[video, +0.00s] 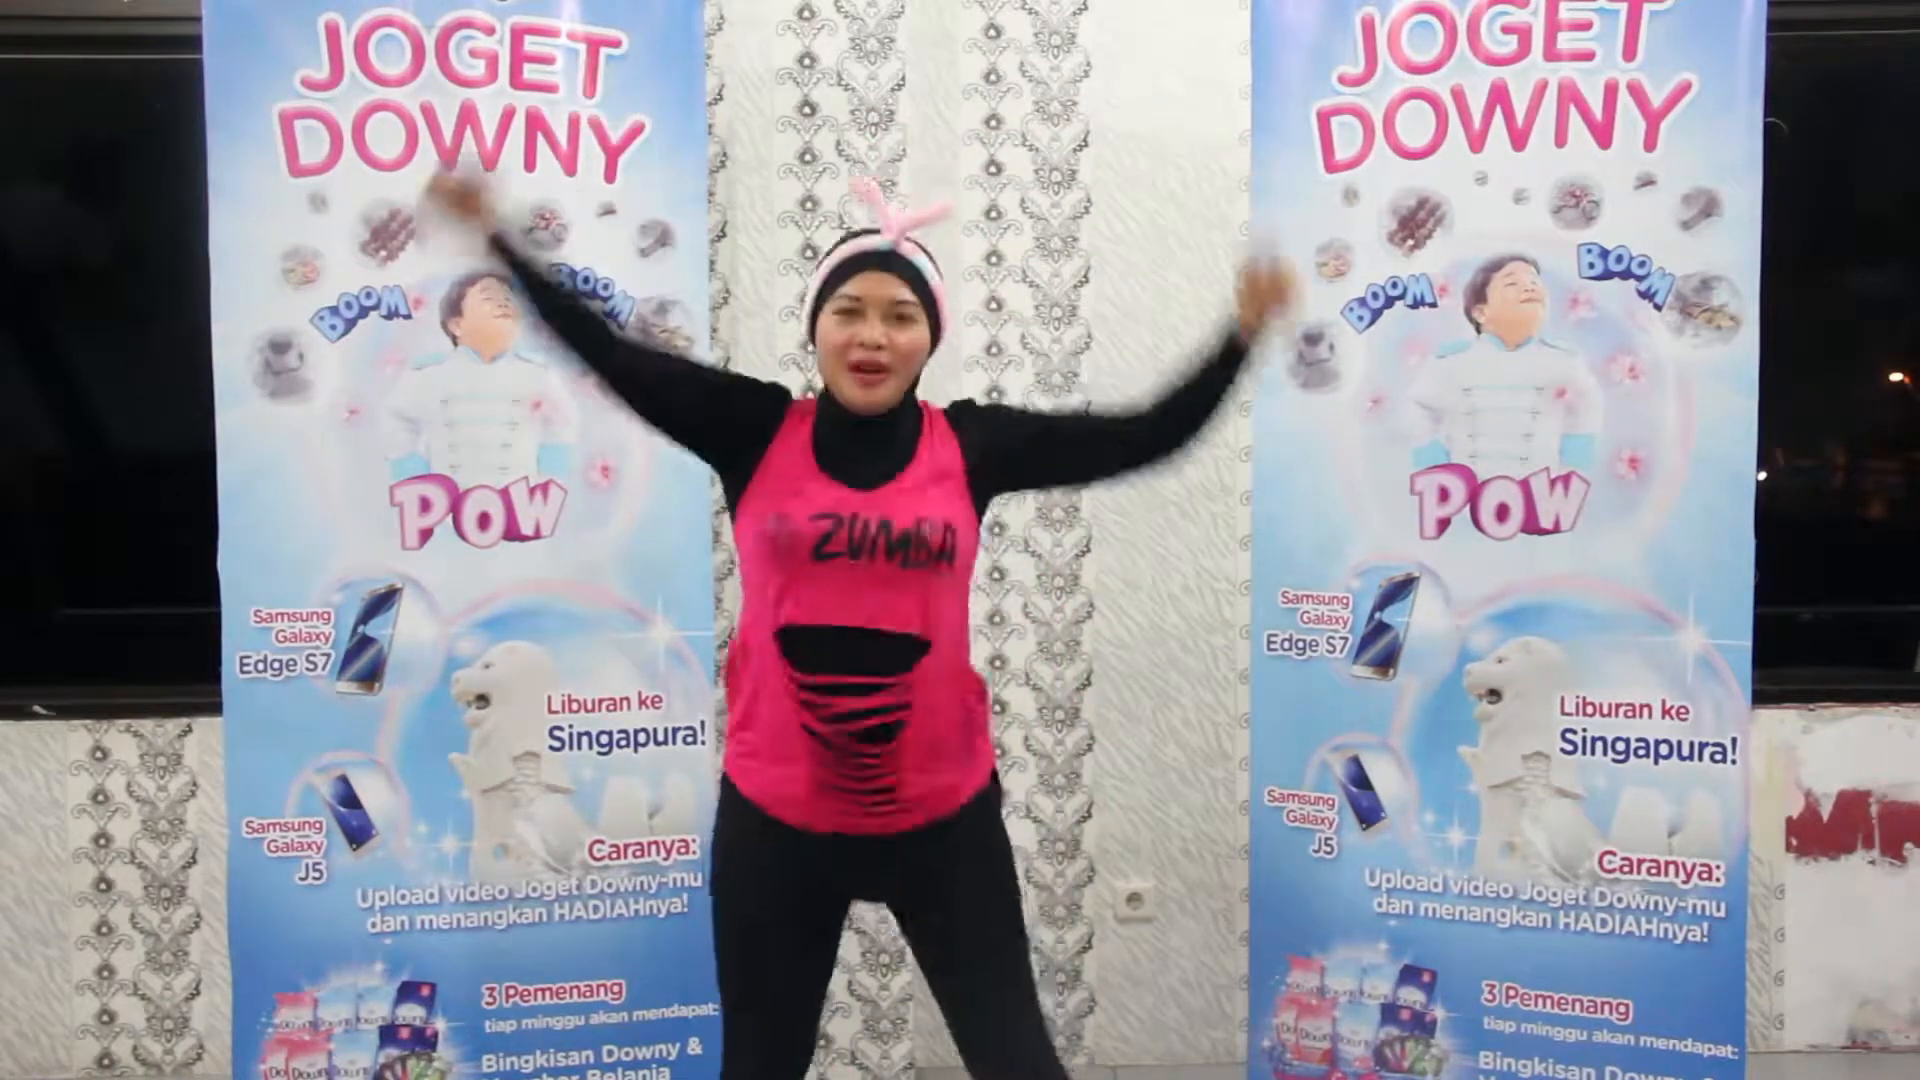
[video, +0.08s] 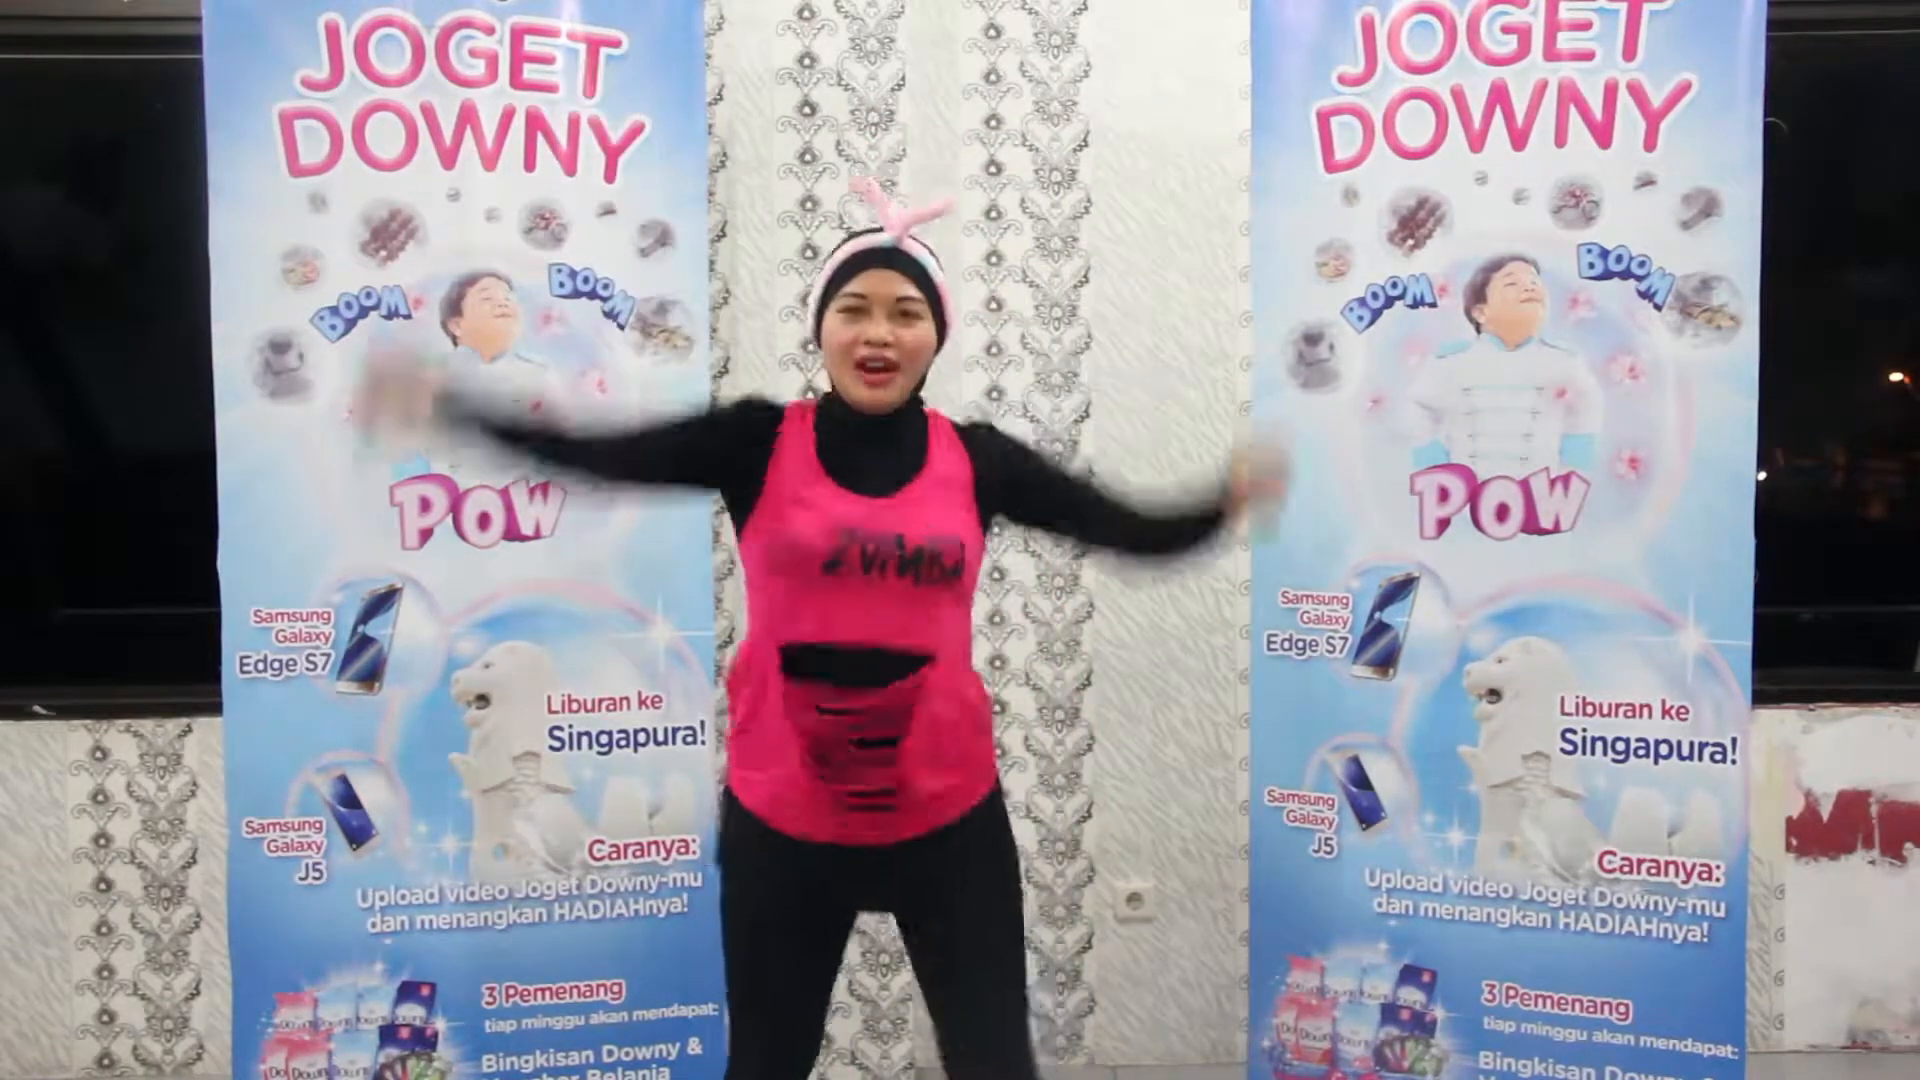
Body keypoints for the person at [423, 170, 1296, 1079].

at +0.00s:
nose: (874, 333)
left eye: (898, 315)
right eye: (850, 312)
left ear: (930, 342)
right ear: (814, 335)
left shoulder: (973, 444)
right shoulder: (752, 427)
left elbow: (1142, 437)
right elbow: (614, 354)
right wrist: (500, 236)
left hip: (944, 824)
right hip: (777, 827)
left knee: (1018, 1062)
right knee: (759, 1067)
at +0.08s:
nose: (879, 331)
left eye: (904, 314)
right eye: (857, 311)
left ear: (936, 343)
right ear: (819, 334)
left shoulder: (980, 462)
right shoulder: (754, 440)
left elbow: (1134, 532)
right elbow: (578, 451)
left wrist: (1225, 501)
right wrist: (446, 406)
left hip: (949, 824)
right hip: (785, 828)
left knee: (995, 1063)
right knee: (767, 1063)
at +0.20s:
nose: (897, 342)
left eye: (922, 322)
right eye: (874, 321)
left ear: (957, 346)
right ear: (841, 343)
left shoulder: (1004, 491)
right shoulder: (783, 485)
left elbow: (1049, 634)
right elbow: (680, 619)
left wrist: (1120, 727)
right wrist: (542, 728)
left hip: (967, 836)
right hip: (806, 834)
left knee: (990, 1068)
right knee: (775, 1066)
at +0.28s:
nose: (914, 342)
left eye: (939, 320)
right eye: (889, 322)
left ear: (976, 342)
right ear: (857, 345)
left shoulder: (1028, 489)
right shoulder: (802, 486)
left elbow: (1048, 644)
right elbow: (751, 653)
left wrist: (1055, 763)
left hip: (987, 837)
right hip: (826, 838)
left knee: (997, 1068)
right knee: (790, 1066)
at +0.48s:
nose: (930, 352)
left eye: (957, 329)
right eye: (904, 329)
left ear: (994, 350)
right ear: (871, 348)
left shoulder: (1051, 489)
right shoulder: (813, 481)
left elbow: (1119, 637)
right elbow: (770, 621)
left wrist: (1141, 754)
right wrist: (756, 732)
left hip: (1016, 831)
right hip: (853, 828)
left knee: (1008, 1066)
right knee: (839, 1063)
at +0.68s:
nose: (909, 355)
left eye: (938, 330)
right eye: (883, 331)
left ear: (980, 349)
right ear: (854, 351)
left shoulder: (1051, 492)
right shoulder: (809, 492)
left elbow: (1113, 674)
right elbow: (734, 691)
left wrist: (1084, 780)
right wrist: (770, 575)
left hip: (1013, 866)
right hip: (846, 866)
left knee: (1000, 1069)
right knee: (830, 1066)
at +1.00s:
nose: (853, 303)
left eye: (883, 279)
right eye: (823, 284)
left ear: (931, 310)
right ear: (794, 322)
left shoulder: (1009, 459)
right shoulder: (751, 469)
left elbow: (1096, 661)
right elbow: (752, 562)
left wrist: (1057, 608)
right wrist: (825, 617)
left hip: (982, 887)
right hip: (809, 891)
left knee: (941, 1060)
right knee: (823, 1063)